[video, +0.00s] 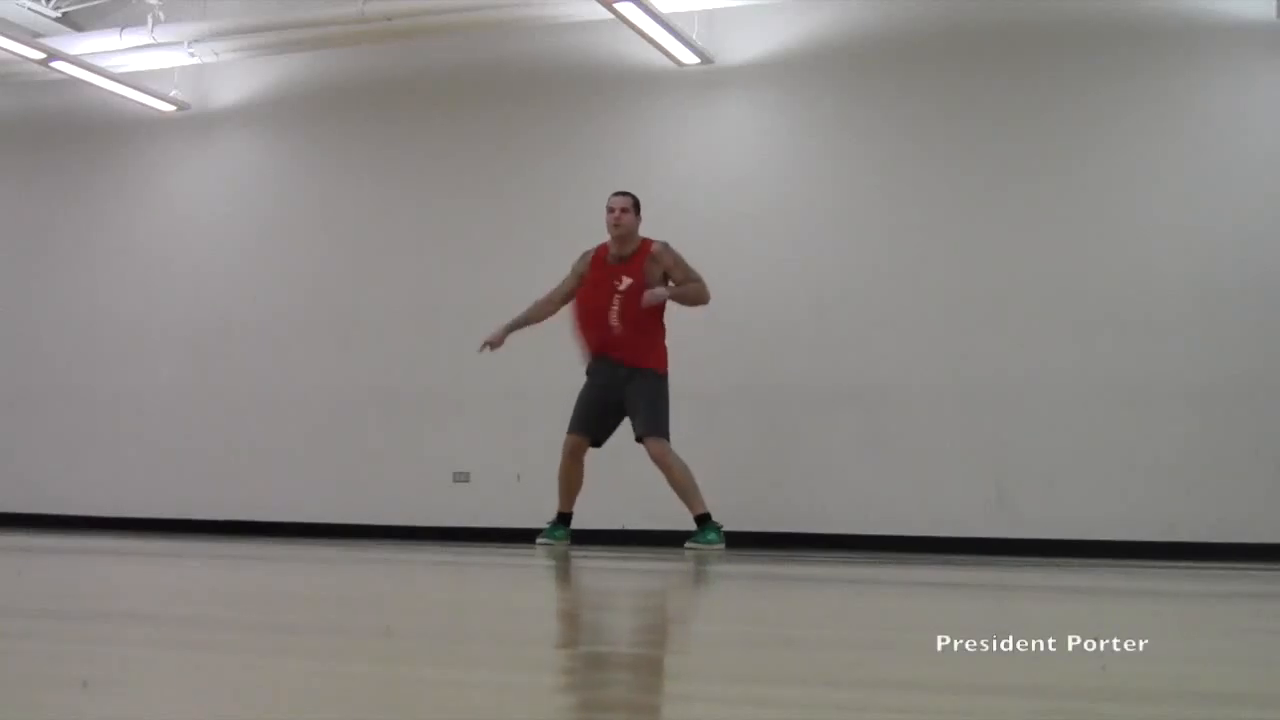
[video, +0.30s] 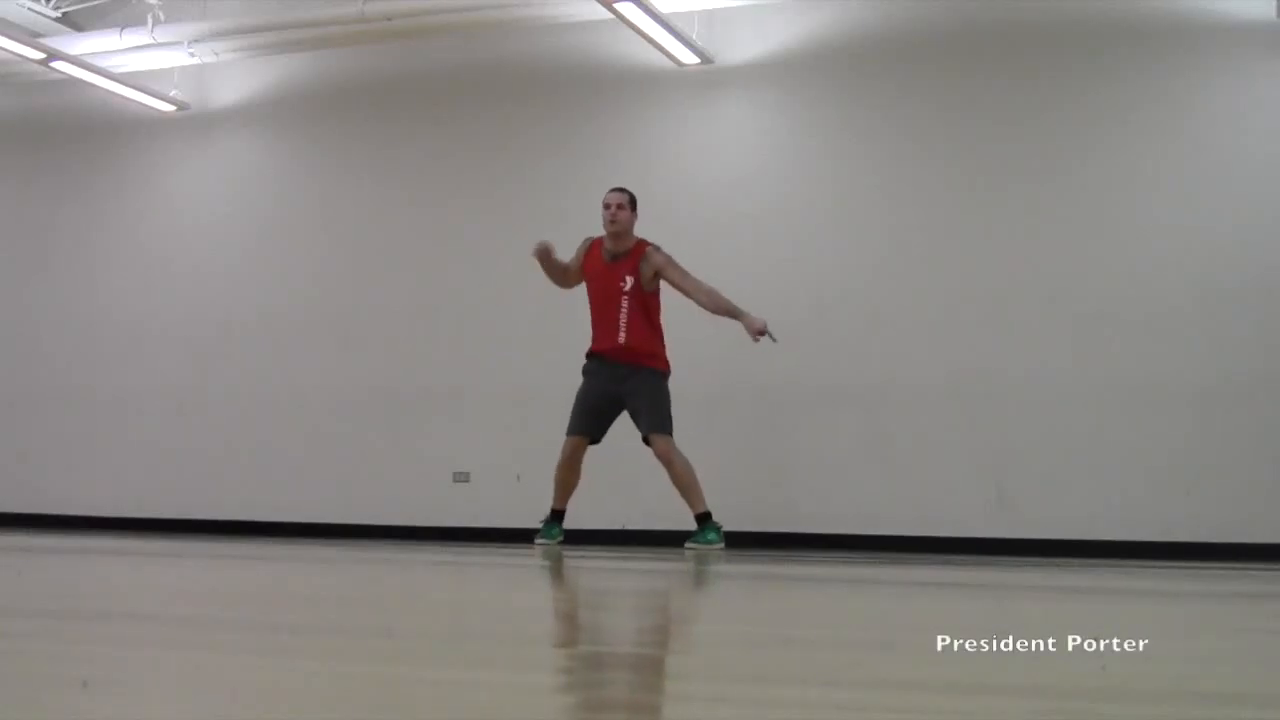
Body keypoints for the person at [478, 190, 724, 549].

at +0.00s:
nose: (616, 216)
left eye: (624, 211)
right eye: (611, 211)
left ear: (638, 219)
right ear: (604, 219)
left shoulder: (658, 254)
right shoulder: (589, 262)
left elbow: (700, 293)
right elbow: (552, 301)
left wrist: (667, 293)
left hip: (646, 371)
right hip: (605, 369)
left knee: (657, 448)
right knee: (573, 445)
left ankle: (707, 526)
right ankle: (561, 524)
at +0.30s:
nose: (612, 212)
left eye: (620, 207)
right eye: (607, 207)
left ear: (634, 216)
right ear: (601, 215)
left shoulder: (651, 257)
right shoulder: (590, 249)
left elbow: (699, 291)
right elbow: (566, 278)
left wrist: (743, 316)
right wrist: (547, 260)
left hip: (645, 369)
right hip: (602, 367)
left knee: (662, 447)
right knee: (573, 445)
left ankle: (707, 525)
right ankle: (554, 521)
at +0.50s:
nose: (610, 214)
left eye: (619, 209)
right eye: (606, 208)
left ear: (635, 217)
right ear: (601, 214)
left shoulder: (649, 262)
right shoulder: (589, 246)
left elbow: (696, 301)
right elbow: (549, 250)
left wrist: (743, 330)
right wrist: (526, 205)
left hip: (643, 373)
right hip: (600, 373)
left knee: (661, 448)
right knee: (575, 450)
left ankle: (710, 524)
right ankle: (548, 520)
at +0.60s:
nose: (611, 215)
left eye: (618, 210)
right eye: (607, 210)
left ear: (634, 218)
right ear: (600, 216)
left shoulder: (648, 265)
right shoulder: (590, 241)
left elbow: (692, 307)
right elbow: (542, 209)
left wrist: (738, 340)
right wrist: (514, 179)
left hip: (643, 375)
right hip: (600, 375)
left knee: (663, 448)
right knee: (576, 451)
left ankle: (712, 526)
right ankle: (548, 522)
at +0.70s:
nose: (612, 214)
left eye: (620, 210)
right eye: (608, 209)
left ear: (634, 217)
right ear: (602, 215)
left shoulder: (650, 262)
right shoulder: (589, 240)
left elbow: (686, 303)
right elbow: (545, 214)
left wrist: (699, 337)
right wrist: (515, 174)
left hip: (643, 373)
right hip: (600, 373)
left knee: (662, 448)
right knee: (574, 450)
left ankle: (711, 525)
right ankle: (548, 522)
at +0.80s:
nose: (616, 215)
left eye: (624, 210)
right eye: (612, 209)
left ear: (639, 217)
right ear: (606, 215)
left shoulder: (651, 261)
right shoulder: (594, 244)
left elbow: (683, 298)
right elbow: (564, 252)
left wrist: (697, 319)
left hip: (639, 376)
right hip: (597, 376)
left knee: (660, 451)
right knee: (571, 452)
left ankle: (711, 525)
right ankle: (548, 522)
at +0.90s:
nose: (619, 215)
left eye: (627, 210)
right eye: (614, 210)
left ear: (640, 219)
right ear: (607, 217)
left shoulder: (654, 264)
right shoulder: (596, 247)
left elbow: (702, 297)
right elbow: (569, 269)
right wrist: (560, 248)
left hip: (637, 378)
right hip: (594, 378)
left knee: (659, 452)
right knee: (569, 452)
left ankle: (712, 526)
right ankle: (547, 522)